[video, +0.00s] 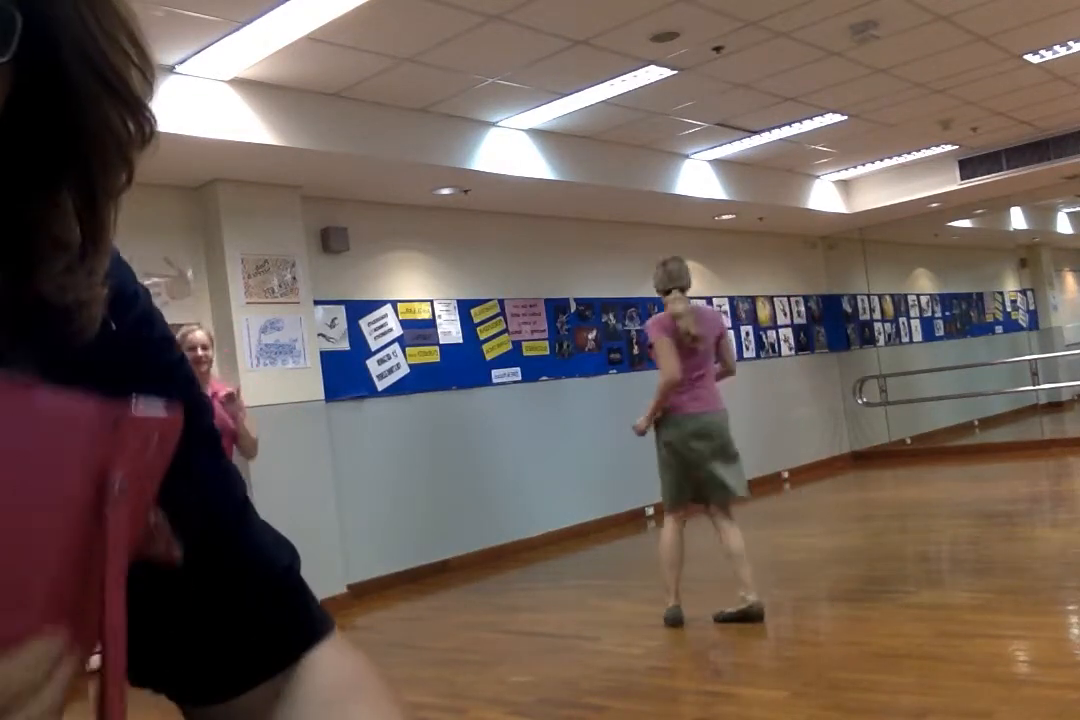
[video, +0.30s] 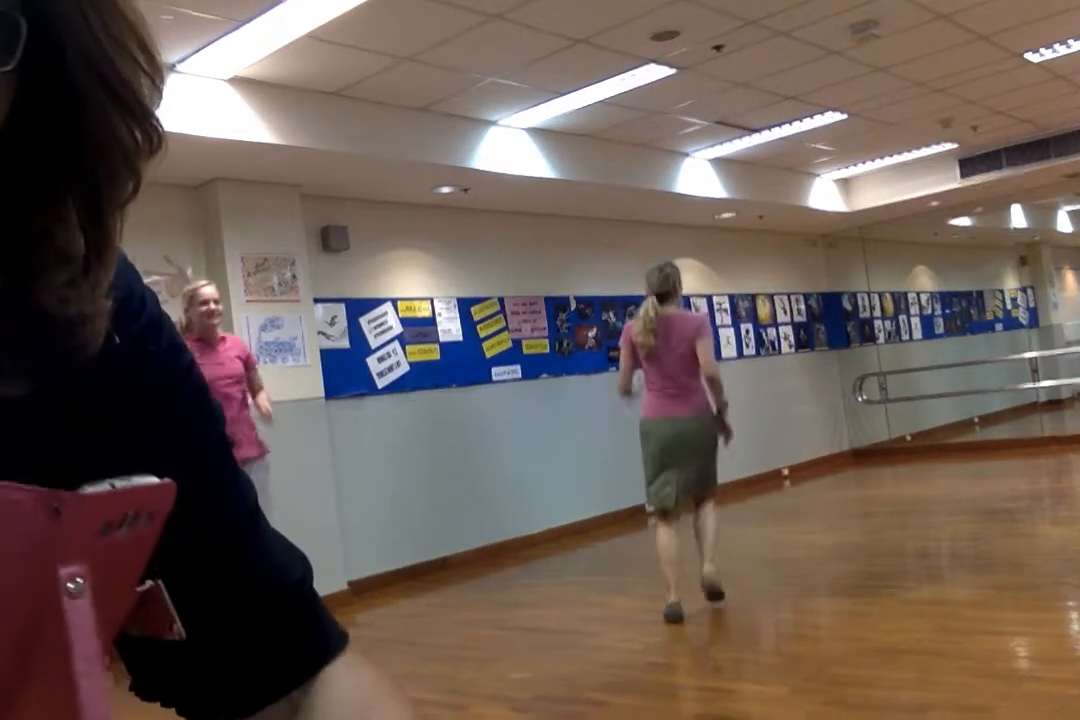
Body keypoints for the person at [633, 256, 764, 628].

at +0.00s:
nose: (662, 292)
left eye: (659, 287)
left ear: (658, 287)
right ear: (688, 282)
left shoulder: (658, 323)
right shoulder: (713, 317)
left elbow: (672, 374)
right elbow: (727, 368)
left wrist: (650, 414)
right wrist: (696, 379)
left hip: (677, 420)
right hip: (713, 417)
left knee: (673, 515)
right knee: (722, 511)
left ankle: (673, 604)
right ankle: (750, 597)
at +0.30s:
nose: (680, 290)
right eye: (680, 285)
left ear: (649, 291)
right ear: (678, 288)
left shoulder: (633, 327)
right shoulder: (696, 322)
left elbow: (624, 385)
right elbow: (709, 372)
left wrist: (631, 387)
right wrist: (721, 410)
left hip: (656, 425)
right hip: (696, 422)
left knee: (664, 515)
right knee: (705, 499)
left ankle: (673, 598)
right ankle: (709, 567)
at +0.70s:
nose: (698, 290)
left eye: (695, 284)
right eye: (693, 284)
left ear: (667, 290)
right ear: (679, 287)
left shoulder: (651, 324)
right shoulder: (685, 322)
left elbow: (651, 385)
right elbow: (689, 376)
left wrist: (689, 391)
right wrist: (732, 385)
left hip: (670, 418)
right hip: (698, 414)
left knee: (694, 498)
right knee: (718, 501)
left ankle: (670, 560)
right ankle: (706, 583)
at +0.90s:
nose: (703, 288)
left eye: (701, 282)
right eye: (697, 283)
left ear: (676, 291)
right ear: (679, 289)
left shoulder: (661, 322)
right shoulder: (688, 318)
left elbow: (642, 375)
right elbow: (698, 366)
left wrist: (665, 406)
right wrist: (733, 363)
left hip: (674, 411)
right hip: (694, 408)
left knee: (701, 500)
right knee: (706, 501)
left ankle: (698, 576)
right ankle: (702, 585)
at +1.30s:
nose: (709, 288)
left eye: (709, 283)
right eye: (703, 283)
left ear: (697, 291)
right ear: (684, 289)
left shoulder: (691, 325)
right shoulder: (677, 322)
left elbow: (695, 376)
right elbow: (655, 366)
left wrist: (732, 382)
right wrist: (688, 391)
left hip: (690, 413)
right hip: (685, 414)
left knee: (699, 495)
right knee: (722, 488)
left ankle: (698, 569)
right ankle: (698, 568)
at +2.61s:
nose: (732, 294)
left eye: (732, 289)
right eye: (726, 288)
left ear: (722, 295)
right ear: (706, 293)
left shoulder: (722, 328)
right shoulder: (690, 327)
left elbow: (715, 374)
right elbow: (688, 373)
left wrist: (725, 411)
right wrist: (718, 365)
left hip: (724, 416)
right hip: (698, 419)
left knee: (755, 485)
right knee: (708, 494)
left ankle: (751, 565)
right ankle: (705, 570)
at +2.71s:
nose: (741, 288)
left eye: (741, 283)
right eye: (735, 283)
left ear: (729, 291)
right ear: (714, 289)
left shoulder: (729, 323)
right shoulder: (703, 320)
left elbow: (724, 367)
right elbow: (699, 363)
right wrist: (733, 352)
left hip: (735, 414)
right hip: (708, 417)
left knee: (758, 489)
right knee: (705, 497)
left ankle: (778, 565)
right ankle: (705, 568)